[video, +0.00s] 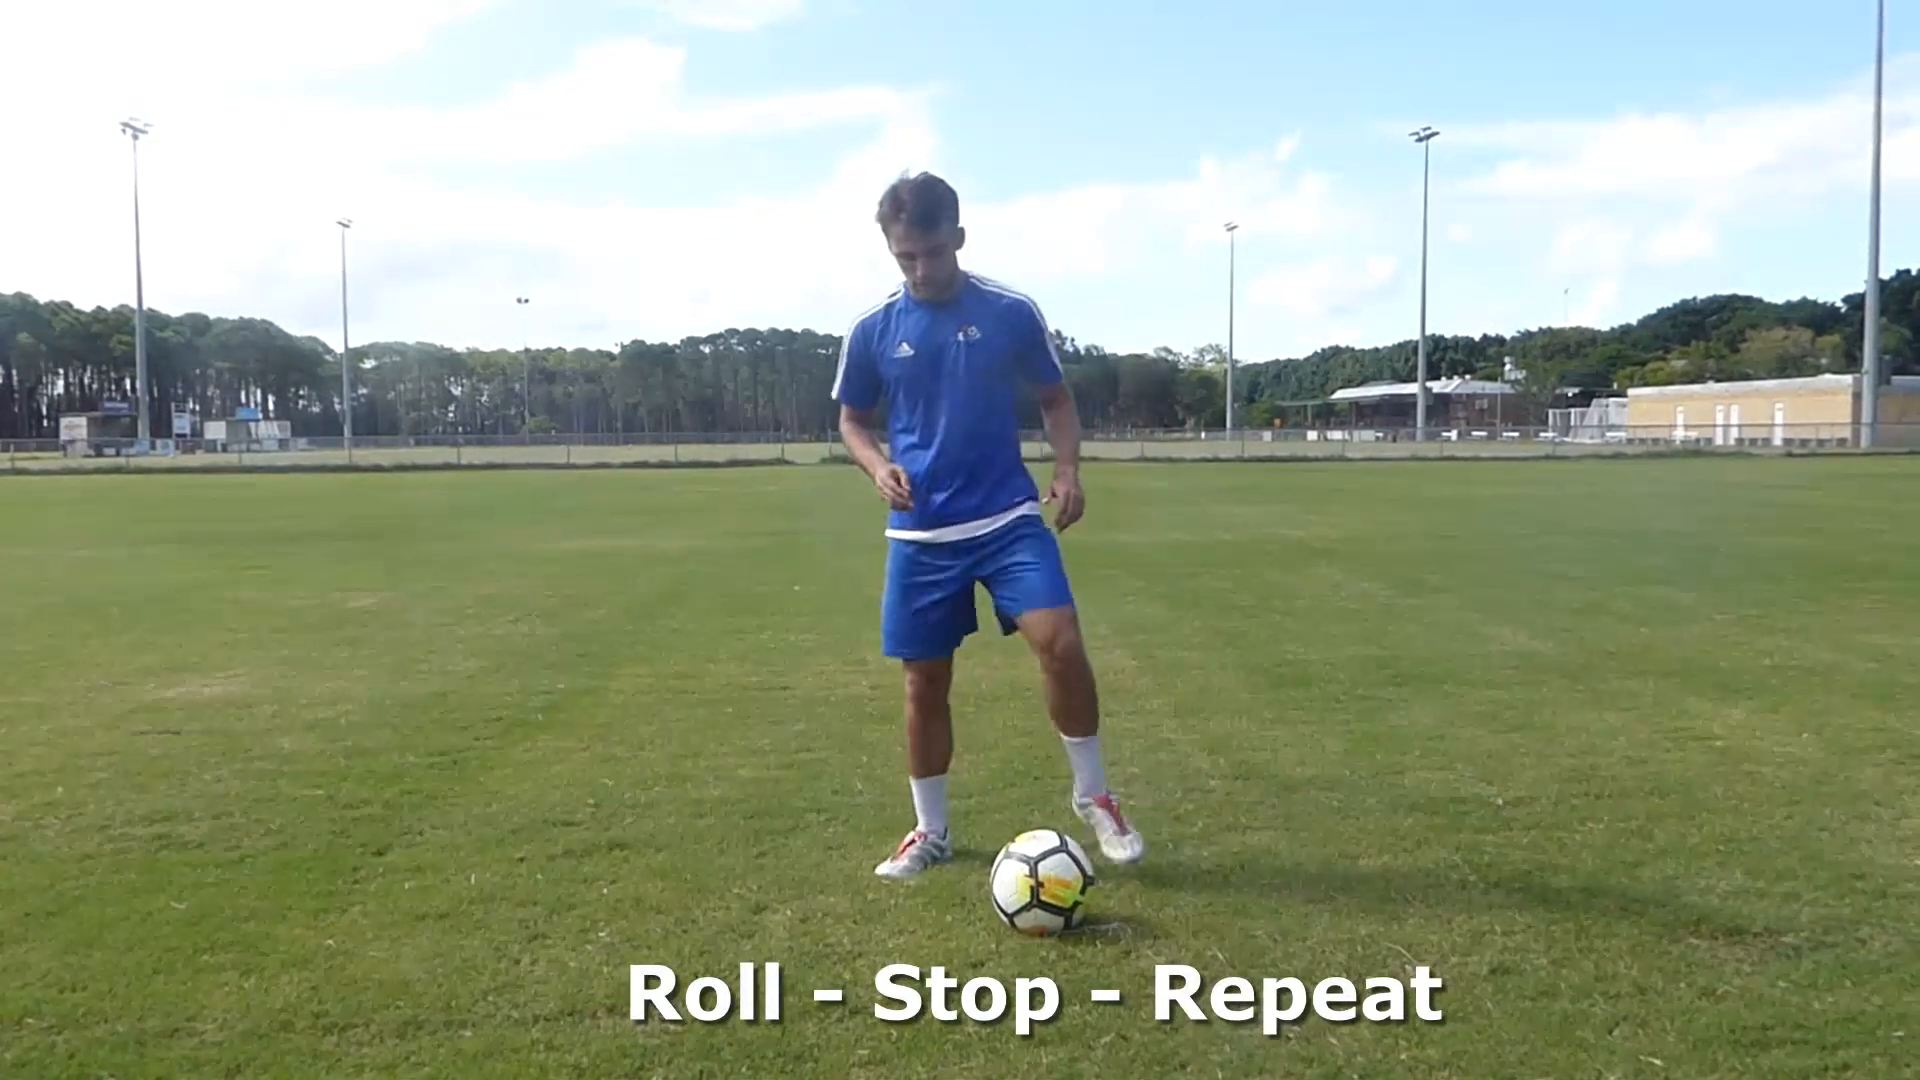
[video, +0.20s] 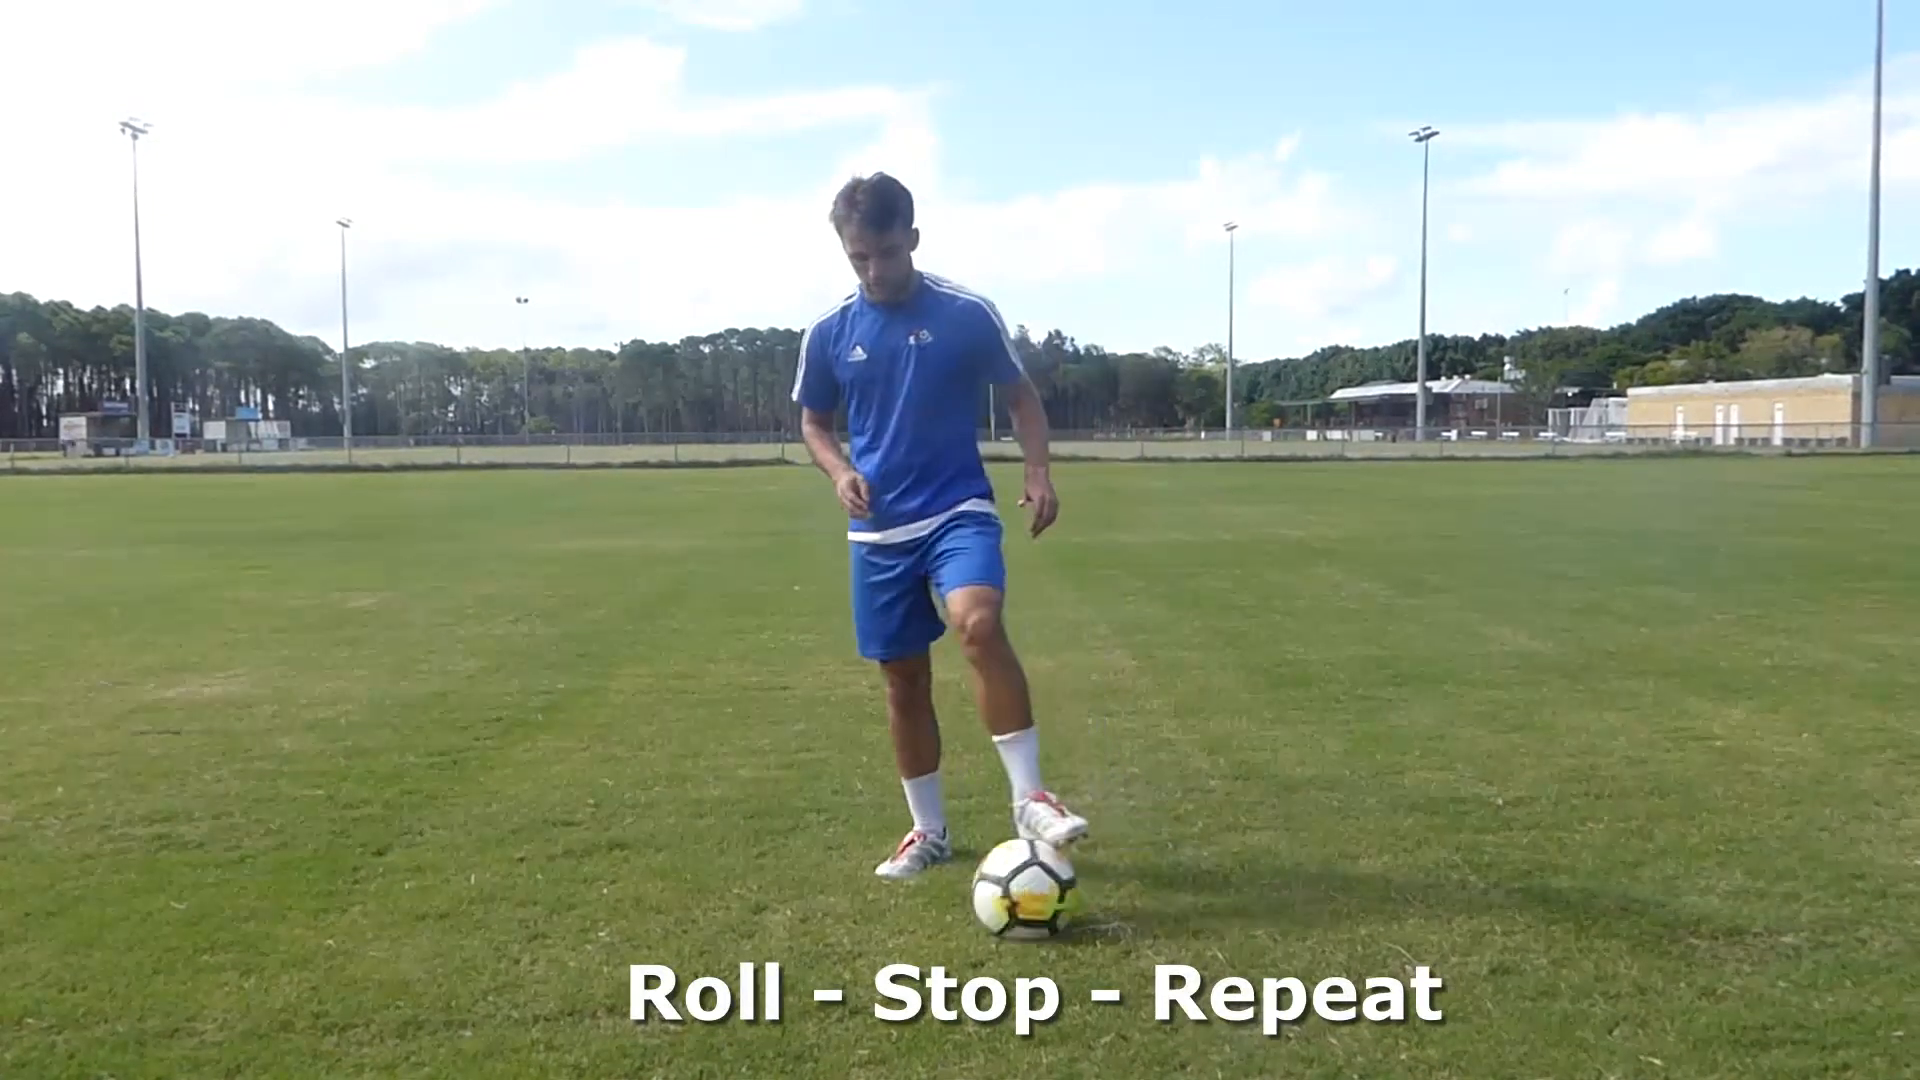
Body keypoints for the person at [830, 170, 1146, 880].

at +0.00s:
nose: (920, 271)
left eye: (931, 254)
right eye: (905, 258)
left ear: (958, 238)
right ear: (888, 249)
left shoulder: (1011, 314)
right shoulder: (872, 334)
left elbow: (1055, 400)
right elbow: (851, 420)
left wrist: (1067, 471)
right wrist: (877, 464)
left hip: (1010, 523)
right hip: (921, 537)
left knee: (1061, 645)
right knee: (923, 686)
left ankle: (1093, 796)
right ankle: (930, 833)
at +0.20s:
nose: (874, 272)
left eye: (886, 254)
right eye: (860, 259)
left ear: (912, 239)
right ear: (843, 251)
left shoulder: (966, 315)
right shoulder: (829, 337)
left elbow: (1021, 394)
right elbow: (814, 422)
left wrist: (1038, 474)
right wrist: (839, 471)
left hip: (960, 514)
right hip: (879, 533)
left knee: (979, 625)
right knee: (904, 682)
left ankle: (1031, 799)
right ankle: (929, 832)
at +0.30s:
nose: (855, 272)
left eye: (868, 255)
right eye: (842, 259)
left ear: (896, 240)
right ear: (826, 251)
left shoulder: (949, 317)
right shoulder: (812, 336)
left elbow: (1009, 400)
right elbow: (803, 423)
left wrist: (1025, 482)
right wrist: (826, 471)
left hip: (933, 513)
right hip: (857, 532)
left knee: (918, 623)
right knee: (891, 682)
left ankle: (958, 801)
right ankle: (926, 829)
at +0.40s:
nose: (841, 274)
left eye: (855, 257)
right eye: (827, 259)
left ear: (882, 242)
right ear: (811, 249)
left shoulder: (932, 321)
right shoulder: (794, 337)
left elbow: (990, 404)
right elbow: (785, 426)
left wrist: (1006, 488)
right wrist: (808, 468)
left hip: (913, 512)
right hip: (839, 528)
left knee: (859, 624)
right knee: (883, 681)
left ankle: (862, 805)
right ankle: (928, 833)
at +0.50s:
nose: (825, 275)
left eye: (840, 260)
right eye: (812, 260)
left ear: (868, 246)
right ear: (795, 250)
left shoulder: (914, 323)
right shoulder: (776, 336)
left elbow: (967, 406)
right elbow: (757, 429)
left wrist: (983, 496)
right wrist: (784, 469)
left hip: (887, 522)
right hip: (818, 530)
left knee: (810, 652)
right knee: (873, 682)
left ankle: (776, 831)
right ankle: (926, 829)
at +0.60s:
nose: (797, 274)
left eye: (811, 259)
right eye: (786, 258)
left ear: (849, 247)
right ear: (776, 247)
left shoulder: (892, 331)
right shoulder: (757, 332)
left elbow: (944, 420)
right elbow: (729, 422)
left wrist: (958, 517)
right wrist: (749, 463)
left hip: (852, 540)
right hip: (785, 540)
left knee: (778, 689)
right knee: (839, 692)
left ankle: (755, 856)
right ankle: (917, 824)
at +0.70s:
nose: (778, 271)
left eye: (794, 256)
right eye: (769, 255)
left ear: (832, 249)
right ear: (760, 246)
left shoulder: (875, 336)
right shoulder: (743, 328)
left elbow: (920, 437)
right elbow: (717, 410)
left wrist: (932, 538)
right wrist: (715, 454)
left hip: (820, 545)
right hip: (751, 538)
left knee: (765, 700)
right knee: (731, 700)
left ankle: (755, 859)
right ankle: (856, 796)